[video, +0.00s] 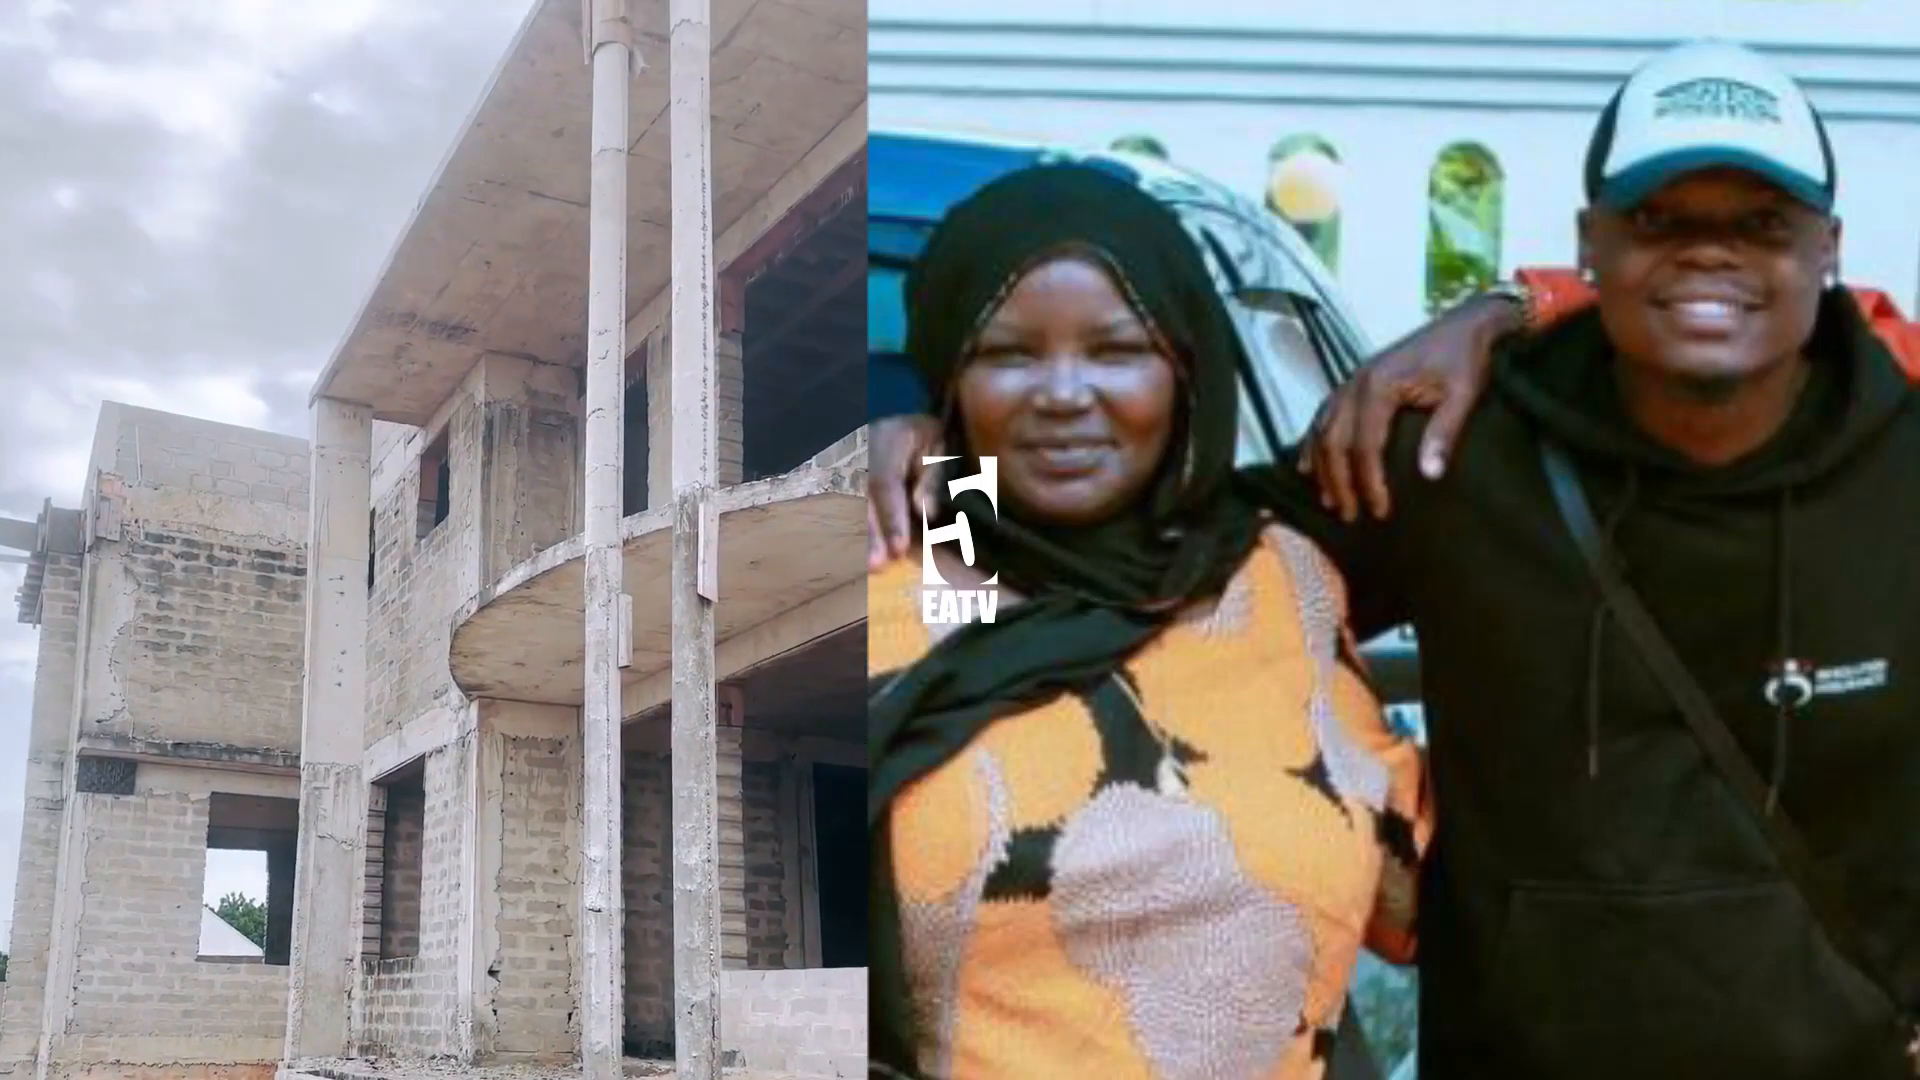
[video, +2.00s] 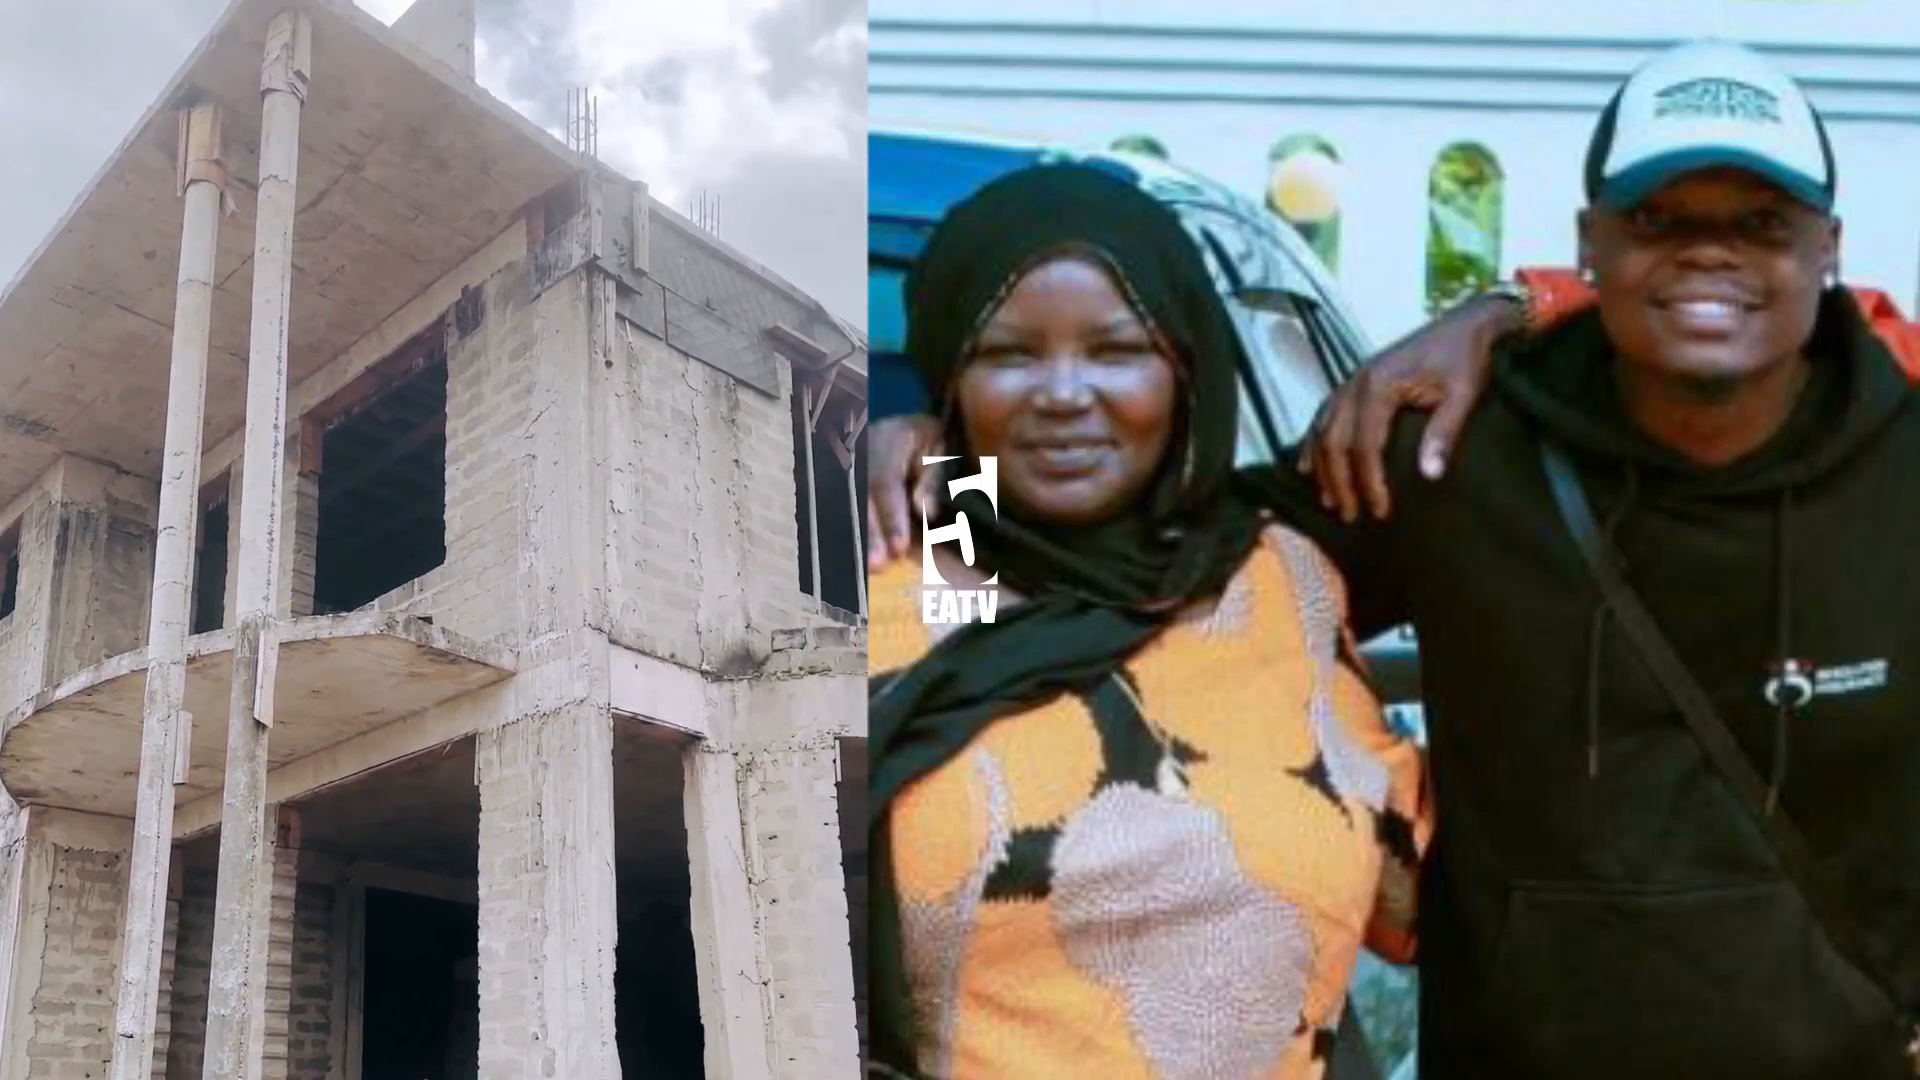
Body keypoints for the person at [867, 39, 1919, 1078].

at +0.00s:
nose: (1706, 251)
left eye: (1756, 219)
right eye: (1664, 215)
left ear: (1825, 250)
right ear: (1595, 242)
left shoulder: (1899, 444)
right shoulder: (1462, 448)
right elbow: (1178, 559)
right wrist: (962, 466)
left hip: (1848, 1038)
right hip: (1535, 1046)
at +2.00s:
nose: (1707, 251)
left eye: (1757, 218)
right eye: (1664, 214)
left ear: (1826, 249)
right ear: (1595, 241)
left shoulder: (1899, 445)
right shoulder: (1462, 448)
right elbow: (1174, 559)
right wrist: (958, 463)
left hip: (1849, 1039)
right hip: (1534, 1046)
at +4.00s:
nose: (1706, 251)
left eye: (1757, 219)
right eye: (1664, 215)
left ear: (1826, 250)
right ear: (1595, 242)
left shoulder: (1899, 445)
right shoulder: (1463, 447)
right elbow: (1175, 557)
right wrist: (956, 462)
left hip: (1849, 1037)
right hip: (1535, 1044)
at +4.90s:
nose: (1707, 251)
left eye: (1757, 219)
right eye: (1664, 215)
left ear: (1825, 251)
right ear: (1595, 242)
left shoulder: (1899, 446)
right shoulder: (1464, 448)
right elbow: (1175, 559)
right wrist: (959, 469)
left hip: (1849, 1038)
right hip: (1536, 1044)